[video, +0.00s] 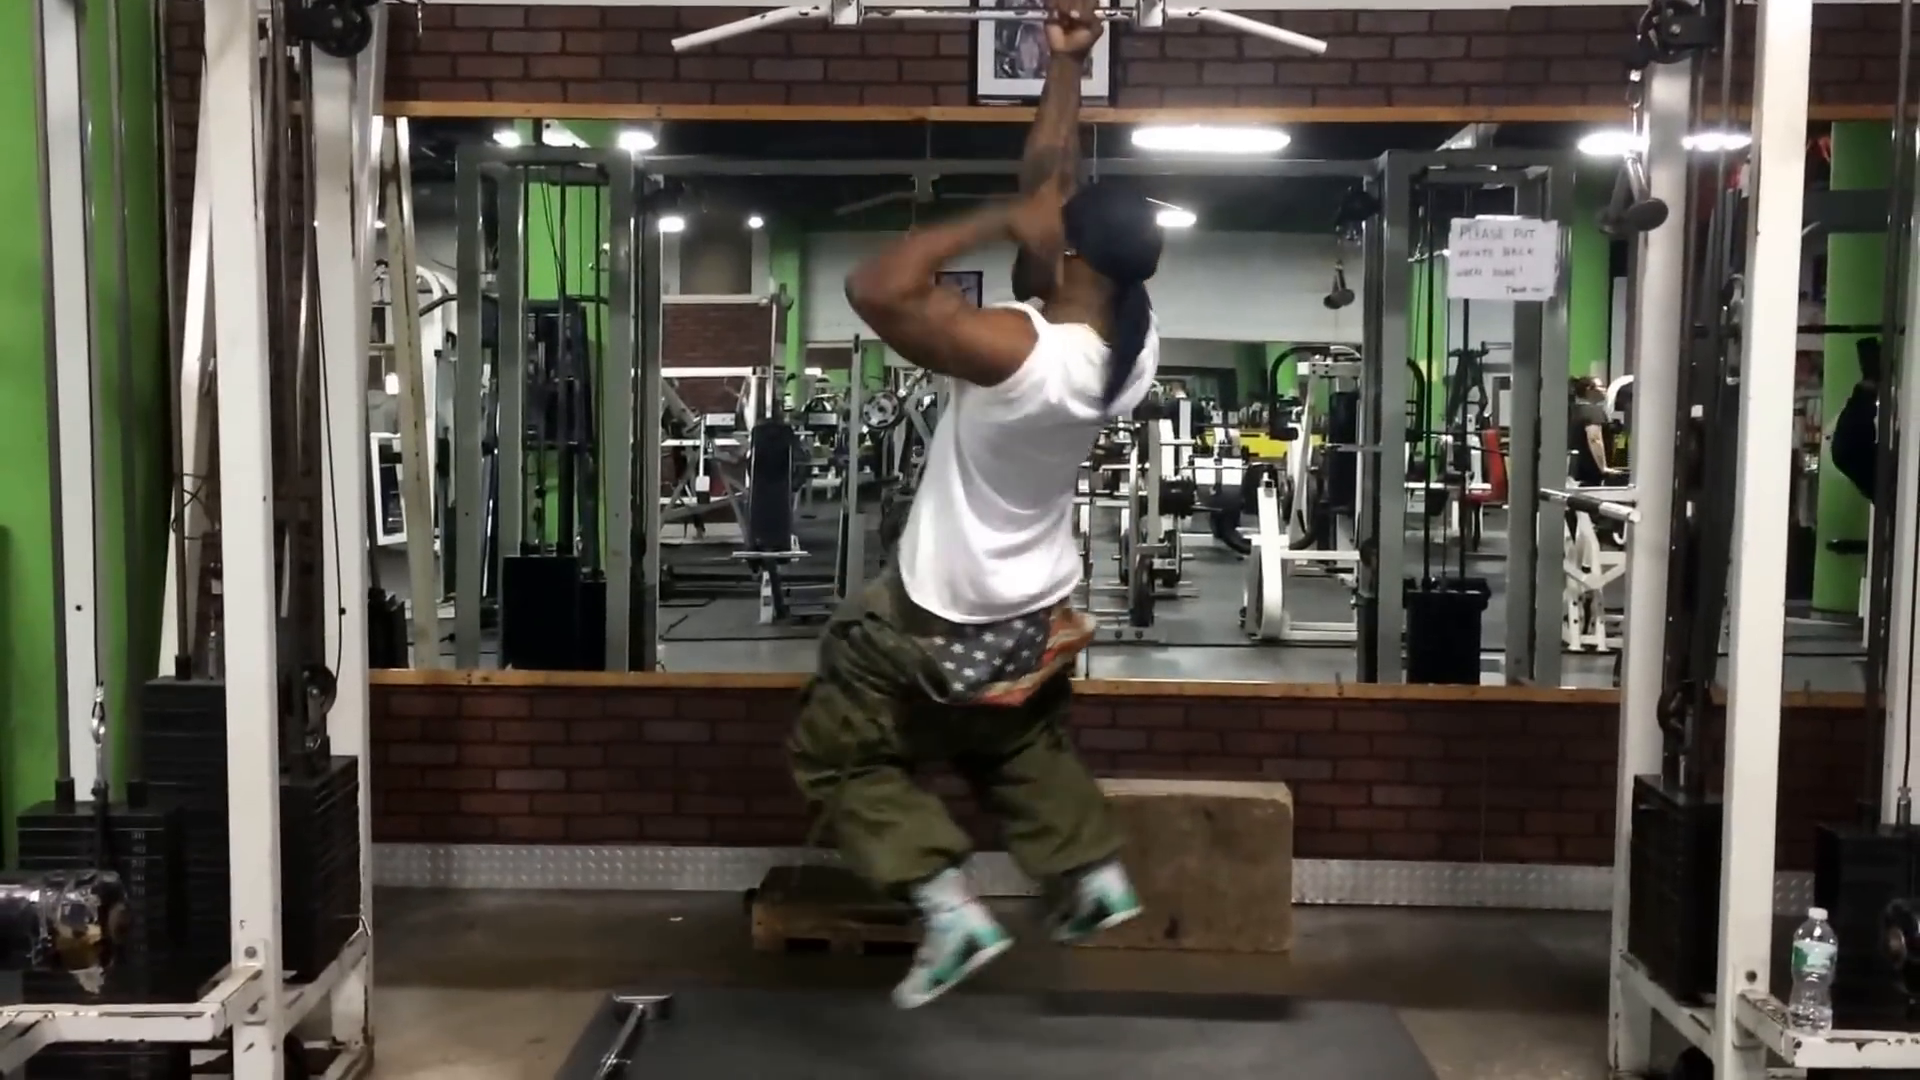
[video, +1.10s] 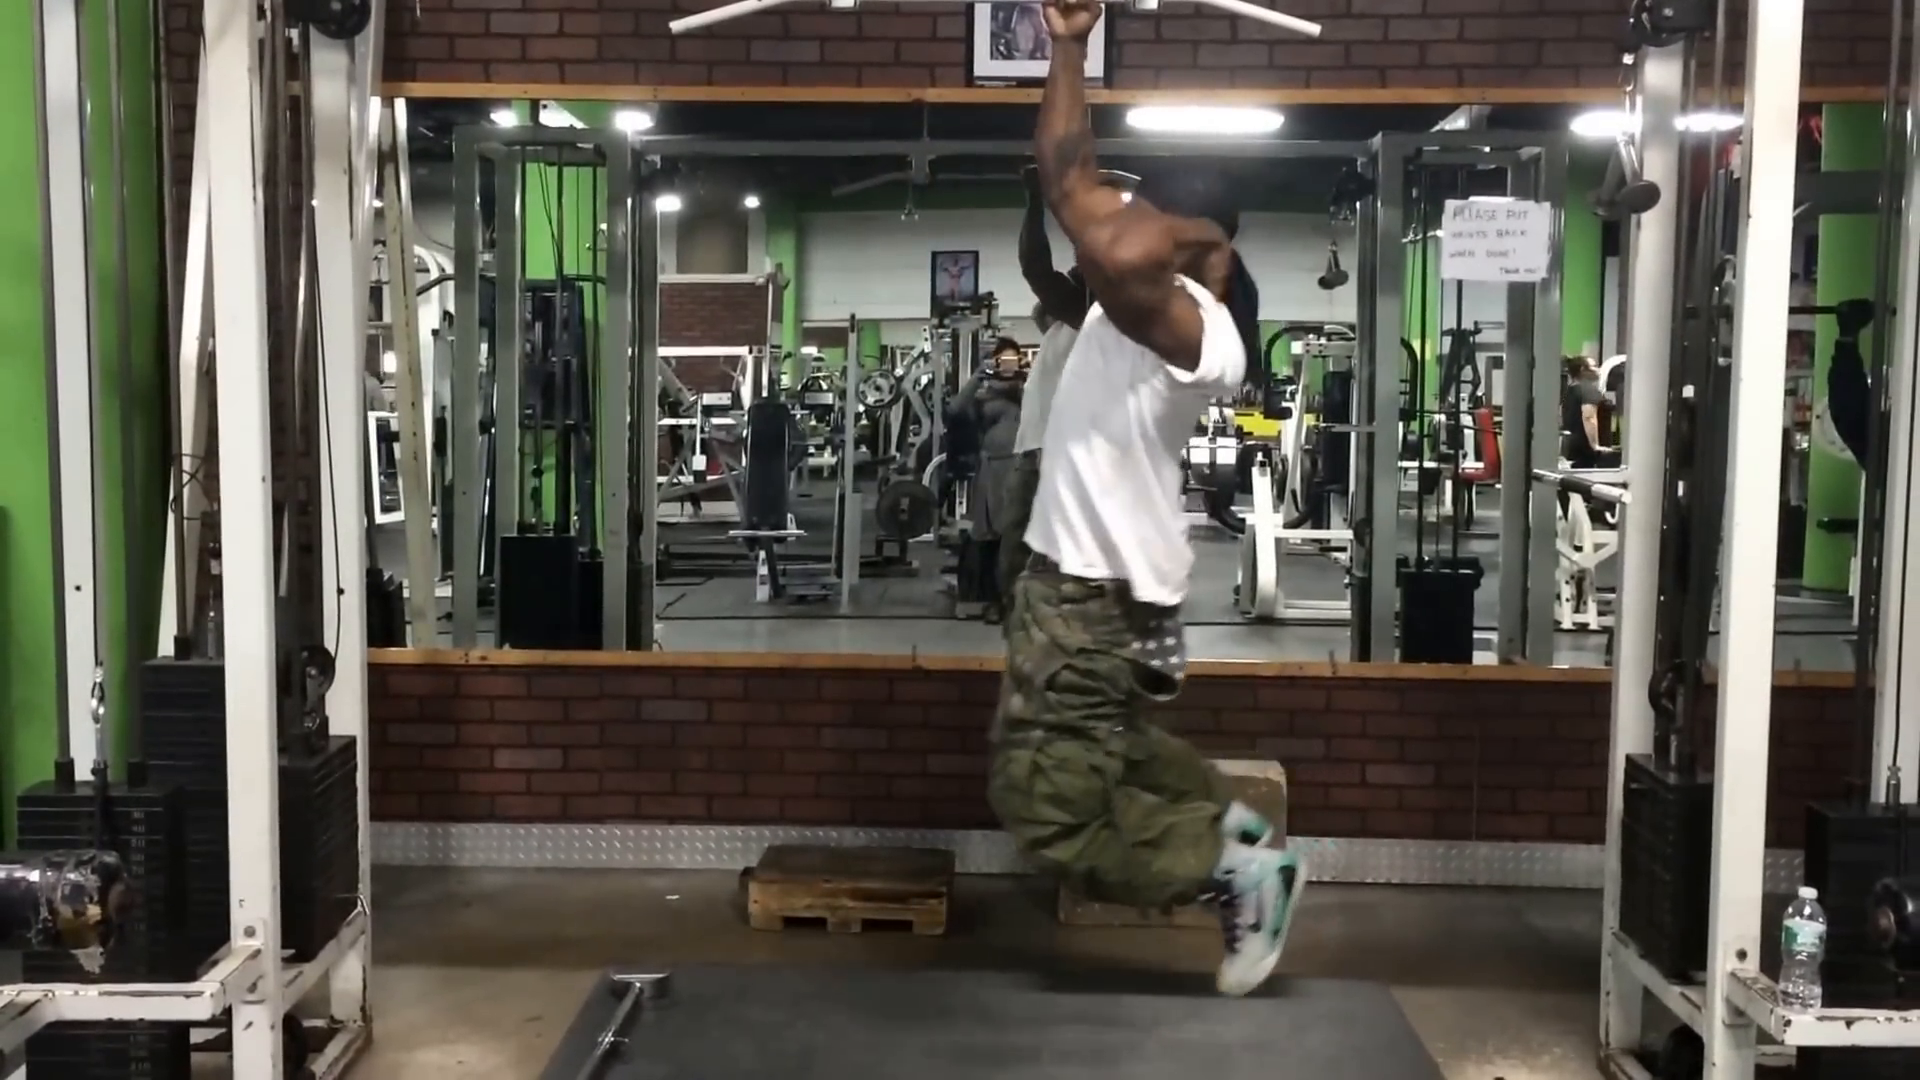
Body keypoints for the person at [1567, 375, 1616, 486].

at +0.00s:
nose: (1605, 390)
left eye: (1603, 386)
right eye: (1601, 386)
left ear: (1588, 389)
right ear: (1589, 389)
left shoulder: (1574, 409)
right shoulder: (1592, 410)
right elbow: (1594, 439)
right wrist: (1604, 467)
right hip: (1590, 473)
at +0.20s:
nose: (1602, 382)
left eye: (1601, 379)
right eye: (1598, 379)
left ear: (1585, 383)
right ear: (1587, 383)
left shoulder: (1572, 401)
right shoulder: (1592, 401)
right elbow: (1592, 426)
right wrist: (1602, 453)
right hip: (1589, 463)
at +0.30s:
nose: (1601, 379)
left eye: (1600, 376)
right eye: (1597, 376)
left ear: (1585, 380)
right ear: (1586, 379)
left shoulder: (1572, 397)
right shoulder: (1591, 398)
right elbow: (1592, 419)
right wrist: (1602, 446)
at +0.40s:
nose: (1601, 377)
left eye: (1600, 374)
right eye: (1598, 374)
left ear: (1585, 377)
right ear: (1586, 377)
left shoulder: (1572, 394)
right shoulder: (1592, 394)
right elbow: (1593, 412)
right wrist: (1601, 438)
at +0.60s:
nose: (1601, 374)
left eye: (1600, 370)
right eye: (1598, 370)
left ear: (1585, 374)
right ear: (1587, 374)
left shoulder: (1572, 390)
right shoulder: (1594, 389)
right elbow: (1593, 401)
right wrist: (1602, 425)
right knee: (1620, 442)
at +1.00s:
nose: (1599, 370)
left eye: (1597, 366)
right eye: (1595, 366)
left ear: (1582, 370)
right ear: (1584, 370)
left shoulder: (1571, 387)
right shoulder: (1591, 386)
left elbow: (1561, 407)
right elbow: (1590, 410)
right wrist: (1596, 438)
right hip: (1585, 445)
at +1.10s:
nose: (1598, 370)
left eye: (1597, 366)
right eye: (1594, 366)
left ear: (1581, 370)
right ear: (1583, 370)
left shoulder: (1571, 389)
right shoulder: (1589, 389)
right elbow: (1589, 417)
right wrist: (1595, 444)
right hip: (1585, 449)